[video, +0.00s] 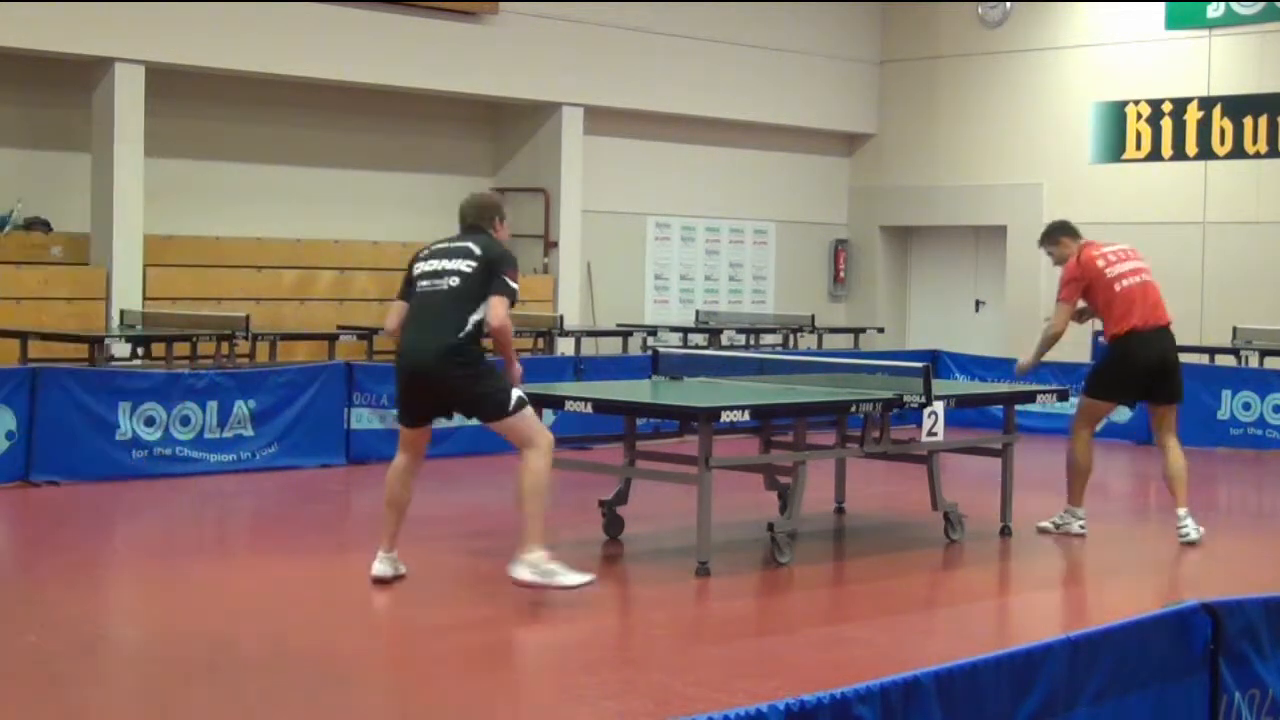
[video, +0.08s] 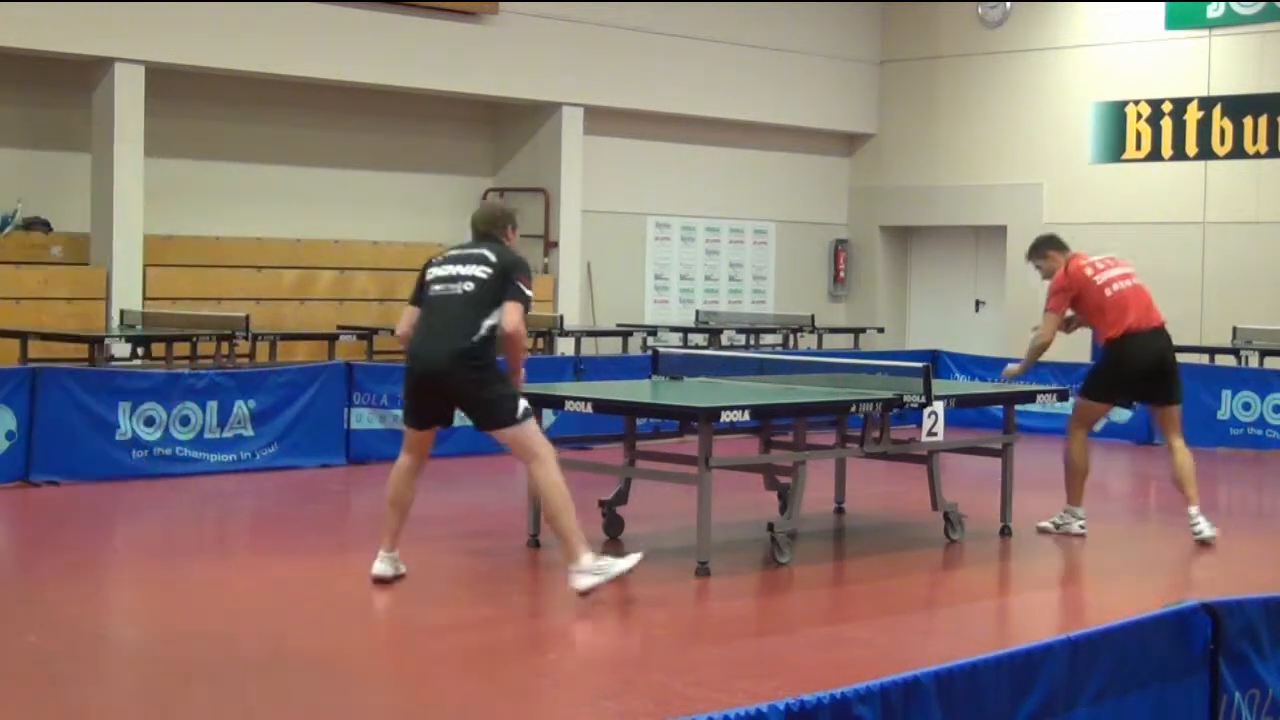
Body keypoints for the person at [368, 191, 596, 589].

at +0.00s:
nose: (508, 232)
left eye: (507, 226)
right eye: (507, 226)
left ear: (463, 224)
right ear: (497, 225)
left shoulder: (426, 255)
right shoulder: (499, 255)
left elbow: (393, 323)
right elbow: (497, 321)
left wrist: (426, 348)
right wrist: (510, 363)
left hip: (411, 366)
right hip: (460, 364)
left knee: (408, 453)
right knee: (538, 442)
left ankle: (385, 555)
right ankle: (533, 554)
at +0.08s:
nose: (519, 240)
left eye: (517, 235)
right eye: (518, 235)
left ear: (475, 232)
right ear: (510, 233)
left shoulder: (438, 261)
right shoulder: (512, 262)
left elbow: (405, 329)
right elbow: (511, 326)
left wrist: (433, 357)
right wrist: (516, 371)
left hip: (422, 367)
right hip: (472, 368)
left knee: (411, 457)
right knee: (539, 456)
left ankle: (386, 555)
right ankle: (583, 561)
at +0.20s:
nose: (545, 270)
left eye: (544, 264)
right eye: (544, 264)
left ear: (500, 260)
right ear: (535, 263)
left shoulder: (462, 285)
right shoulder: (538, 291)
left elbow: (420, 349)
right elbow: (539, 353)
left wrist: (450, 374)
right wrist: (532, 389)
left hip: (441, 385)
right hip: (494, 387)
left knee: (417, 458)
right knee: (565, 470)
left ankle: (386, 556)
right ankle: (611, 575)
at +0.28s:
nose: (562, 296)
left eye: (560, 288)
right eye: (561, 289)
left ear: (517, 284)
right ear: (552, 289)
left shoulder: (477, 304)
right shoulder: (554, 312)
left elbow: (433, 362)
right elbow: (554, 371)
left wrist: (462, 394)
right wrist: (546, 408)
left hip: (452, 396)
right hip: (506, 398)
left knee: (424, 461)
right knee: (591, 466)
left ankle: (386, 557)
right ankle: (616, 575)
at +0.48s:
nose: (589, 333)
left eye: (587, 328)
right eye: (588, 328)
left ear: (548, 317)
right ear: (582, 326)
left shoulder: (505, 330)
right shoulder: (579, 344)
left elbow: (453, 380)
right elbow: (571, 391)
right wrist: (562, 430)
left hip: (468, 406)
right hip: (527, 412)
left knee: (433, 464)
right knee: (611, 465)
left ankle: (387, 556)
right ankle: (618, 576)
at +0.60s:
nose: (597, 342)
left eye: (596, 336)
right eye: (597, 336)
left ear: (559, 322)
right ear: (589, 332)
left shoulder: (512, 334)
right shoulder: (584, 349)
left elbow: (458, 382)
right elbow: (574, 396)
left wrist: (501, 432)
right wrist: (558, 436)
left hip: (471, 408)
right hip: (529, 415)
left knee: (435, 464)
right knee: (615, 465)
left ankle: (386, 557)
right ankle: (618, 576)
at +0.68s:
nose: (599, 344)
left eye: (599, 338)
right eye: (599, 338)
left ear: (560, 323)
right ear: (590, 333)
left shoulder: (515, 335)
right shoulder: (586, 350)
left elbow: (459, 382)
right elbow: (575, 398)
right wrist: (562, 434)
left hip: (472, 406)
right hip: (530, 414)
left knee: (436, 465)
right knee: (616, 464)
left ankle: (387, 557)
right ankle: (618, 576)